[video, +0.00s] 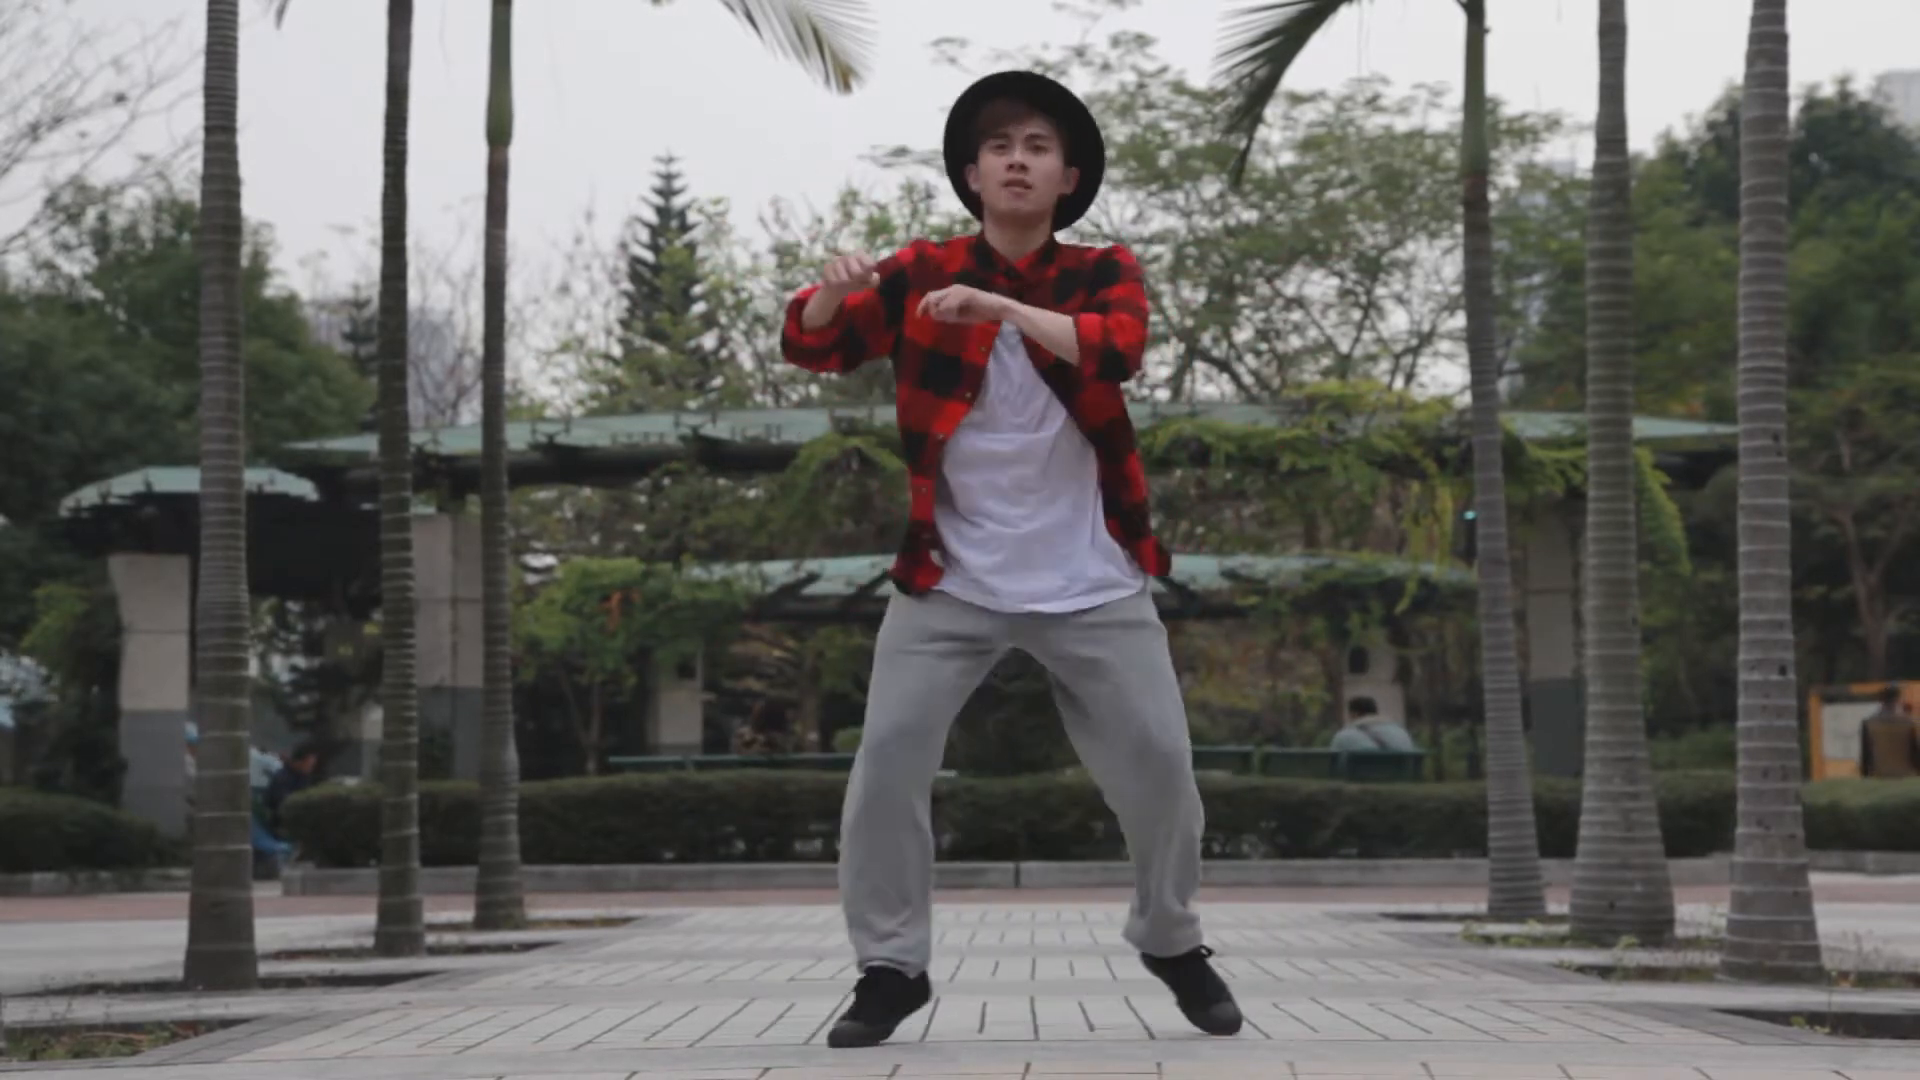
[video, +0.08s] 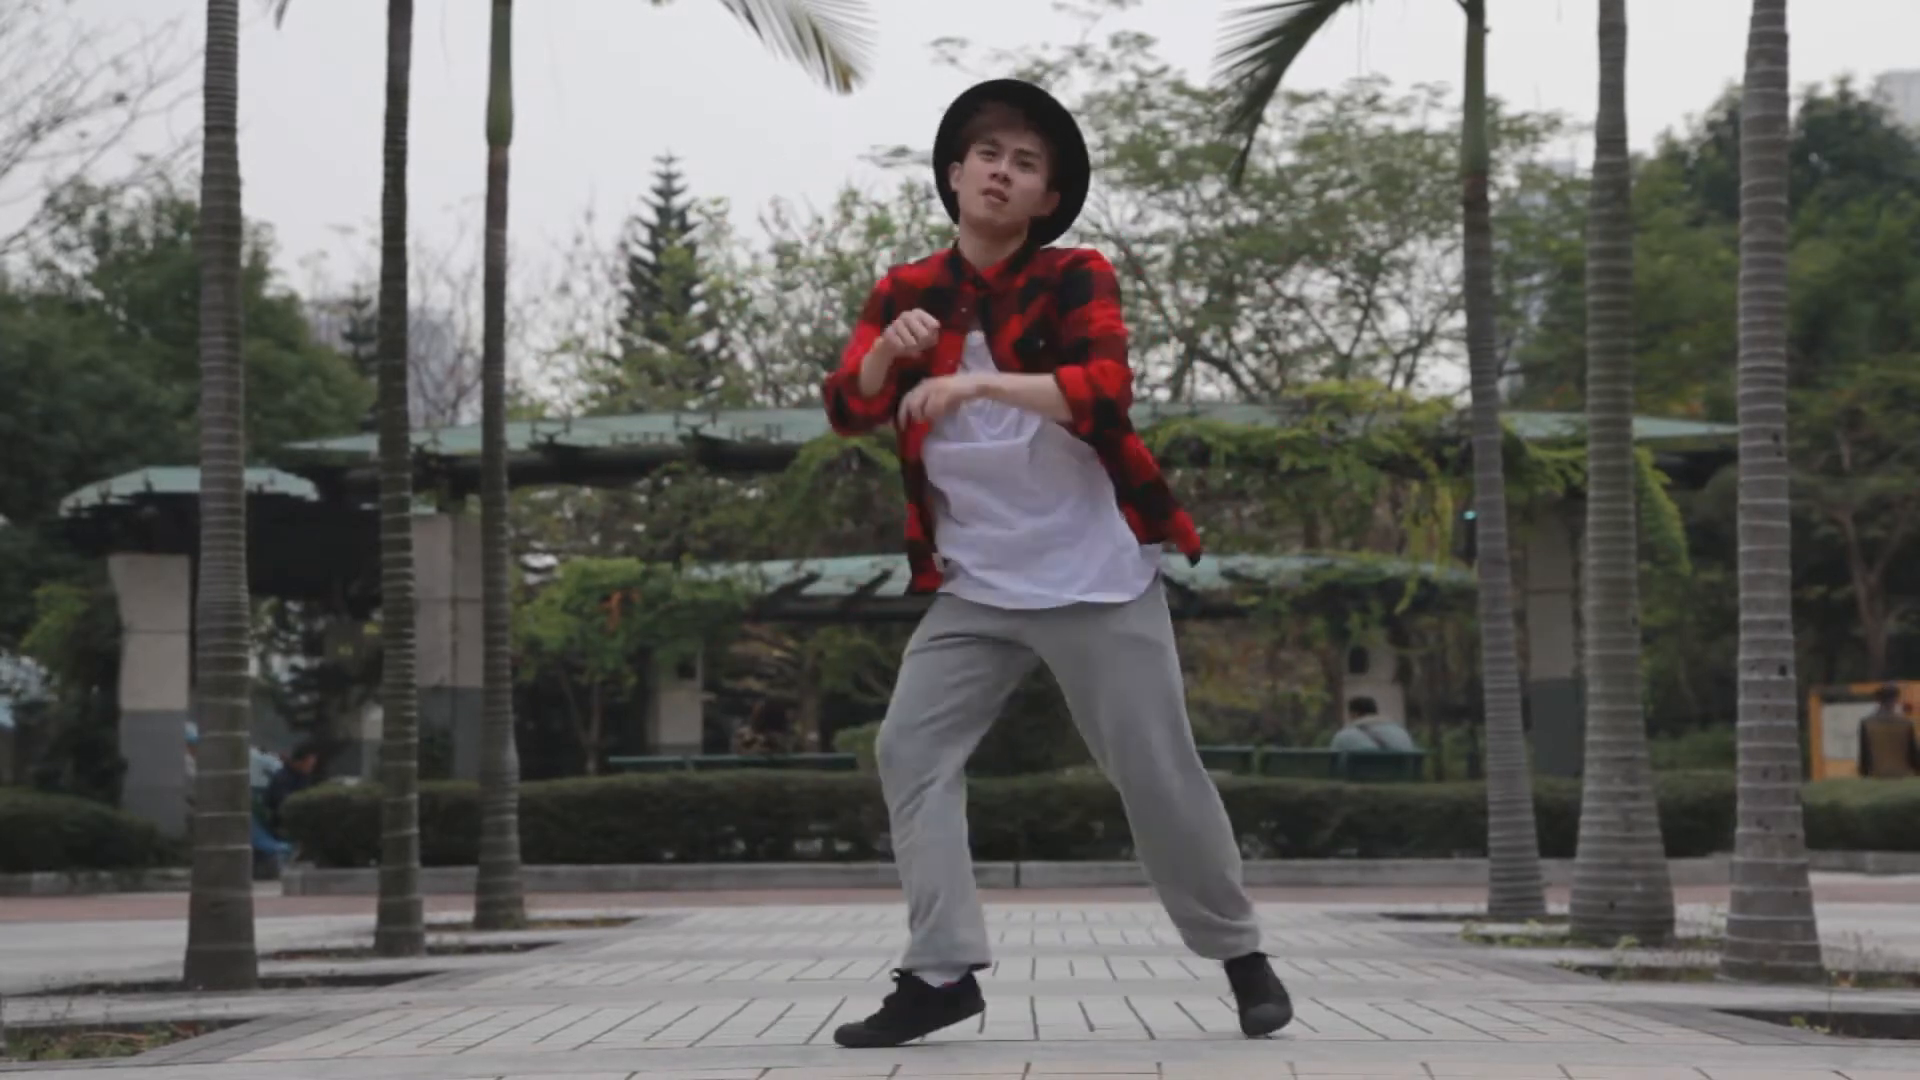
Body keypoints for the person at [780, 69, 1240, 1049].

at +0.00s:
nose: (1016, 162)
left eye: (1038, 146)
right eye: (996, 146)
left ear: (1072, 173)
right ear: (969, 171)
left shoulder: (1103, 268)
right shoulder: (925, 271)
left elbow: (1118, 350)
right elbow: (810, 344)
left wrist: (1000, 309)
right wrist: (826, 294)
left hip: (1094, 580)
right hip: (951, 580)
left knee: (1162, 768)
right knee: (886, 757)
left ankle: (1170, 940)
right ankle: (891, 966)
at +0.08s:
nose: (998, 172)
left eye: (1025, 163)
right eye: (983, 152)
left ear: (1051, 198)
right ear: (949, 172)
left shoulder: (1077, 276)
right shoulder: (907, 289)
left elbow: (1107, 389)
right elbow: (849, 412)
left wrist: (981, 383)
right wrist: (886, 352)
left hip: (1098, 578)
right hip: (974, 585)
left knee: (1153, 767)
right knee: (910, 749)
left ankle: (1242, 953)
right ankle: (943, 969)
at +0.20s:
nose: (967, 254)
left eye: (993, 245)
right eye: (953, 232)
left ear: (1017, 280)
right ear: (919, 249)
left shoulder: (1041, 364)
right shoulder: (896, 389)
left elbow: (1095, 495)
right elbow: (926, 523)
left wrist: (1107, 630)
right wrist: (953, 486)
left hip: (1121, 616)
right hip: (1011, 640)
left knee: (1213, 794)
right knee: (915, 776)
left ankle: (1311, 982)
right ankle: (950, 997)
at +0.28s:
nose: (948, 270)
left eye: (973, 258)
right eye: (933, 248)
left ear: (1002, 283)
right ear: (905, 259)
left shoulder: (1039, 370)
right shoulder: (882, 388)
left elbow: (1123, 479)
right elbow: (877, 527)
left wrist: (1221, 581)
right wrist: (892, 485)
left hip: (1113, 624)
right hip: (996, 636)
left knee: (1214, 802)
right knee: (902, 779)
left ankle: (1300, 975)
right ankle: (947, 999)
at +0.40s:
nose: (938, 208)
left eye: (960, 189)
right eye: (922, 190)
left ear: (1001, 200)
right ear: (904, 201)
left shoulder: (1059, 291)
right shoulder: (870, 289)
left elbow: (1175, 359)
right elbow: (792, 349)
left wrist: (1249, 437)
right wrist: (755, 384)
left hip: (1061, 555)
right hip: (933, 567)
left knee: (1114, 741)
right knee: (898, 743)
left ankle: (1197, 916)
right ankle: (926, 962)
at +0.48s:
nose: (930, 202)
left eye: (949, 180)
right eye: (915, 185)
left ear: (999, 180)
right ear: (903, 191)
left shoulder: (1066, 267)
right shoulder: (874, 261)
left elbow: (1198, 316)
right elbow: (763, 283)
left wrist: (1289, 409)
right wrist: (682, 361)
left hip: (1021, 537)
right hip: (895, 529)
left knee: (1015, 726)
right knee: (869, 716)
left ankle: (1069, 912)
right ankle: (873, 947)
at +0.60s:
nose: (927, 231)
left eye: (943, 208)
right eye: (912, 216)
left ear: (998, 202)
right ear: (903, 223)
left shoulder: (1072, 306)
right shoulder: (877, 290)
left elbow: (1207, 353)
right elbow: (766, 330)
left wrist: (1339, 423)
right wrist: (651, 354)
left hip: (964, 574)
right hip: (846, 550)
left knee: (930, 758)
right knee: (818, 762)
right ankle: (801, 983)